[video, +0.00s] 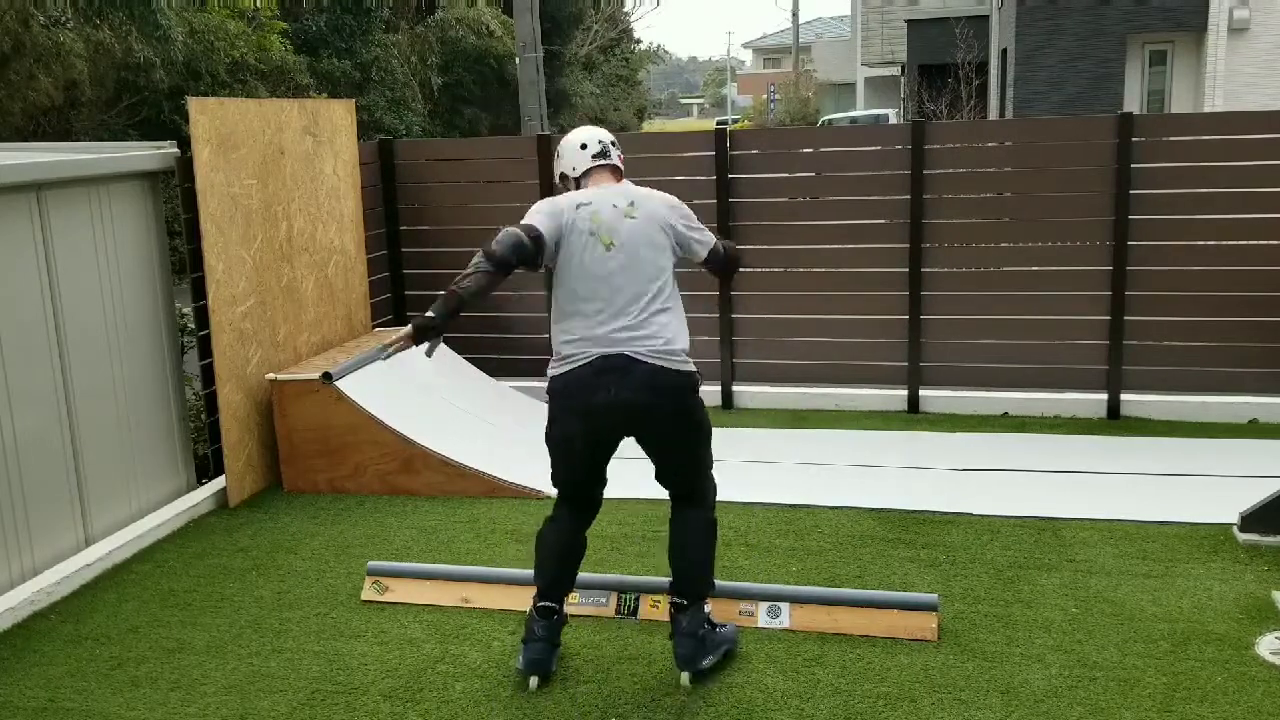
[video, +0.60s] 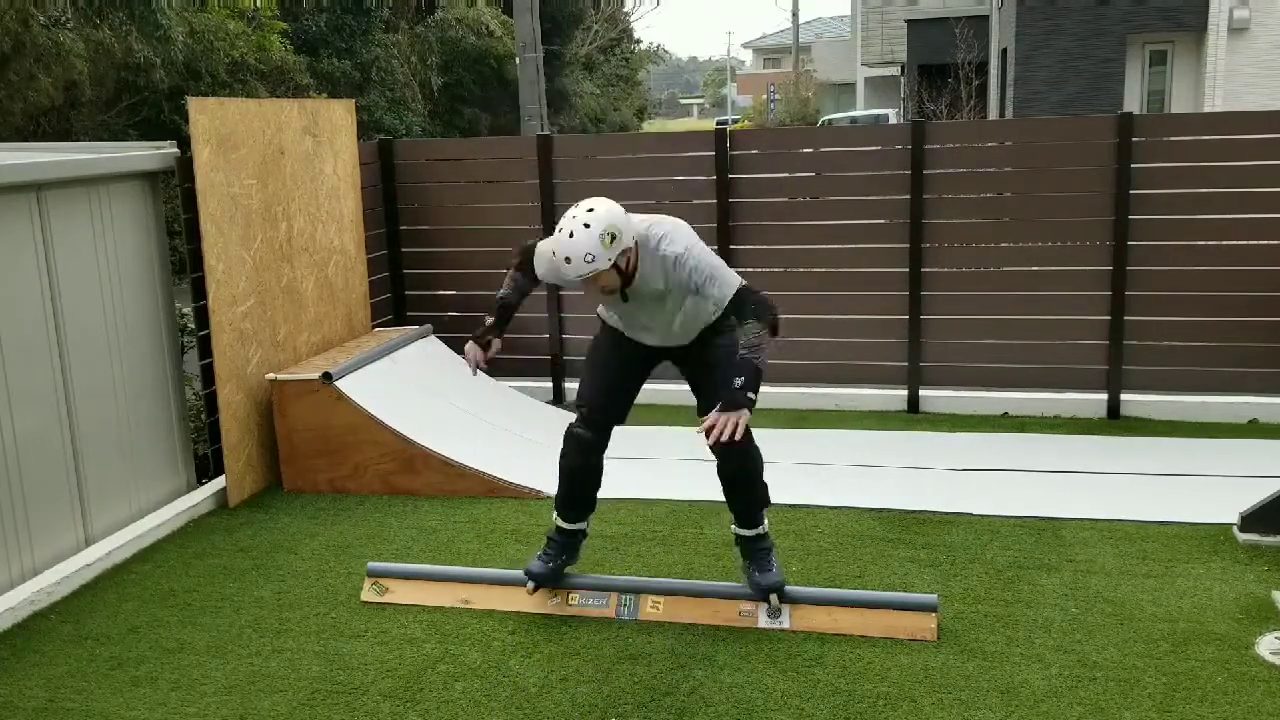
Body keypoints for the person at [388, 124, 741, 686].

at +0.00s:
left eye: (563, 177)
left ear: (568, 175)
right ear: (621, 165)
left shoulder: (554, 210)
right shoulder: (663, 206)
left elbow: (495, 261)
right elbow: (724, 261)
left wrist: (433, 318)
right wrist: (725, 262)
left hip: (579, 381)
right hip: (663, 377)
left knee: (573, 503)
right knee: (691, 493)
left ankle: (541, 636)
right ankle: (692, 630)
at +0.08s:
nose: (541, 152)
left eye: (538, 144)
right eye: (539, 146)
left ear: (548, 136)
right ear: (593, 121)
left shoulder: (560, 163)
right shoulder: (653, 158)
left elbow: (534, 206)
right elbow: (709, 195)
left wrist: (445, 263)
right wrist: (676, 171)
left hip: (604, 341)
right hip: (680, 333)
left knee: (575, 481)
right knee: (675, 471)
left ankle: (555, 623)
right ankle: (695, 605)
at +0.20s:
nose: (529, 143)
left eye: (524, 130)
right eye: (522, 133)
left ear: (543, 114)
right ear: (567, 101)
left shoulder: (587, 134)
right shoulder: (626, 121)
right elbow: (682, 124)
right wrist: (672, 121)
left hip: (664, 305)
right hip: (637, 300)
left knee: (595, 441)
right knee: (575, 405)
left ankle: (689, 552)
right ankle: (673, 513)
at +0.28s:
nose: (527, 145)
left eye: (525, 133)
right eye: (522, 136)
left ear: (545, 119)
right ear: (561, 109)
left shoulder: (600, 144)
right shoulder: (607, 123)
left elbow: (614, 200)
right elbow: (659, 129)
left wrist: (511, 222)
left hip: (676, 305)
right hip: (628, 304)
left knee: (652, 443)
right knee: (574, 402)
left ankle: (730, 531)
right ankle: (624, 515)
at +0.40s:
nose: (539, 211)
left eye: (542, 201)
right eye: (534, 203)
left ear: (572, 184)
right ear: (570, 183)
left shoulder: (643, 192)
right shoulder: (575, 195)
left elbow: (688, 275)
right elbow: (571, 223)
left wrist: (602, 322)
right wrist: (547, 252)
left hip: (696, 321)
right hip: (626, 325)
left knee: (719, 441)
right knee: (589, 433)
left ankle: (753, 546)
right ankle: (576, 539)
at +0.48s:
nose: (562, 255)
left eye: (566, 243)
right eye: (554, 246)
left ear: (597, 224)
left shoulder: (661, 224)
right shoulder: (574, 222)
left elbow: (716, 303)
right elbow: (545, 252)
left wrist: (665, 373)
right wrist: (514, 301)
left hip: (694, 327)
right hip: (625, 328)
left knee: (723, 438)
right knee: (582, 431)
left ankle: (755, 545)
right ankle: (566, 539)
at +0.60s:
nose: (590, 285)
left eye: (596, 275)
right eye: (583, 277)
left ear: (625, 255)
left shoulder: (681, 252)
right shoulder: (577, 250)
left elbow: (756, 310)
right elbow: (529, 262)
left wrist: (740, 396)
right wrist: (492, 329)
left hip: (703, 330)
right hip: (626, 328)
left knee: (730, 434)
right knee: (585, 435)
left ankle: (756, 546)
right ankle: (564, 540)